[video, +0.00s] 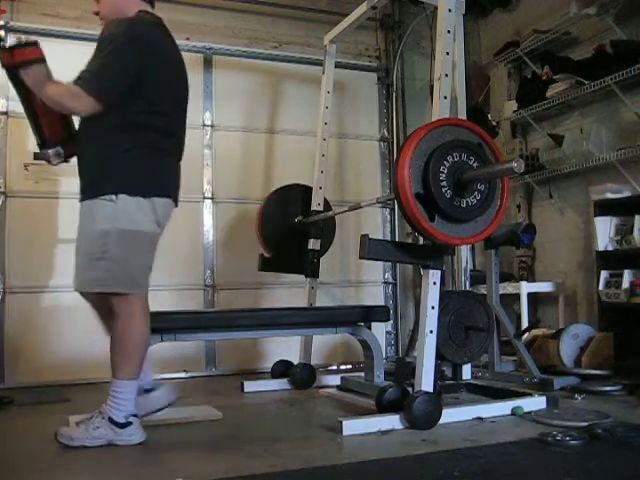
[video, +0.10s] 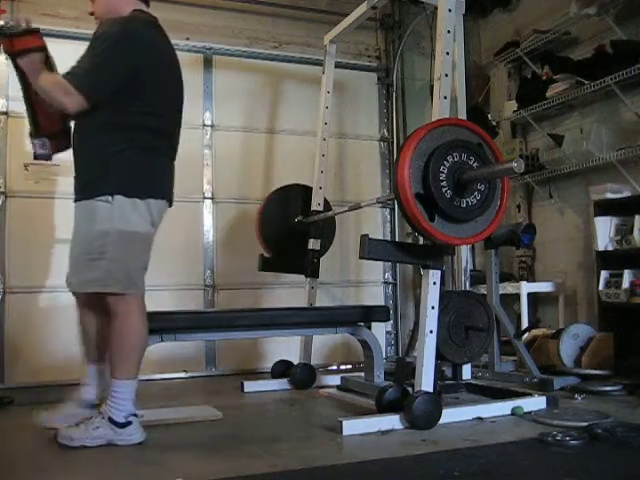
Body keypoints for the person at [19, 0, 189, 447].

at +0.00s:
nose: (95, 5)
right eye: (96, 1)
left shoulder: (133, 32)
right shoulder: (139, 34)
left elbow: (84, 100)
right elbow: (125, 121)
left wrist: (43, 84)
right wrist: (73, 143)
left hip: (131, 185)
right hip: (118, 185)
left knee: (125, 294)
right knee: (95, 287)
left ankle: (120, 418)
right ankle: (146, 386)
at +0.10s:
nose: (90, 6)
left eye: (93, 0)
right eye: (91, 2)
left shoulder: (129, 34)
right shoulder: (131, 35)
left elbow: (69, 98)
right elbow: (112, 116)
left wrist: (31, 64)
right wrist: (62, 130)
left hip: (127, 186)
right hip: (107, 186)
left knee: (122, 295)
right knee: (90, 292)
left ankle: (121, 418)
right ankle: (94, 399)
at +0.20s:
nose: (85, 7)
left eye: (88, 1)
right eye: (85, 2)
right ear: (128, 0)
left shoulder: (123, 33)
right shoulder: (133, 37)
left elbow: (62, 92)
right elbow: (114, 124)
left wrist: (30, 55)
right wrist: (57, 127)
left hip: (120, 187)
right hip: (100, 187)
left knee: (120, 296)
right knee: (81, 293)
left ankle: (120, 417)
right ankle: (52, 399)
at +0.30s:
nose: (82, 6)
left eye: (85, 0)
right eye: (82, 2)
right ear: (127, 1)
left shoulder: (119, 34)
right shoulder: (131, 38)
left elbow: (58, 91)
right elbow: (118, 129)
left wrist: (26, 43)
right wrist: (61, 138)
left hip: (113, 187)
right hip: (98, 187)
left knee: (115, 294)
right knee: (75, 292)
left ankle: (120, 417)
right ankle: (32, 389)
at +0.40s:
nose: (79, 10)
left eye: (81, 4)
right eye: (80, 6)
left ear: (99, 0)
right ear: (123, 3)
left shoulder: (115, 33)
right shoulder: (126, 40)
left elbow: (57, 92)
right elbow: (107, 129)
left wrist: (26, 36)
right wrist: (52, 147)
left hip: (108, 188)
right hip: (90, 187)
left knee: (109, 293)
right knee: (68, 288)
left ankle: (119, 416)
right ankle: (35, 386)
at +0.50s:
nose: (76, 11)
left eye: (79, 4)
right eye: (76, 5)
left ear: (101, 1)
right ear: (118, 5)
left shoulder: (113, 36)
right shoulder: (117, 43)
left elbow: (53, 91)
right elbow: (100, 133)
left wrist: (21, 34)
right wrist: (43, 143)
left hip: (102, 189)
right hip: (84, 189)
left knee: (106, 293)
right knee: (63, 285)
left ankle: (119, 416)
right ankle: (47, 386)